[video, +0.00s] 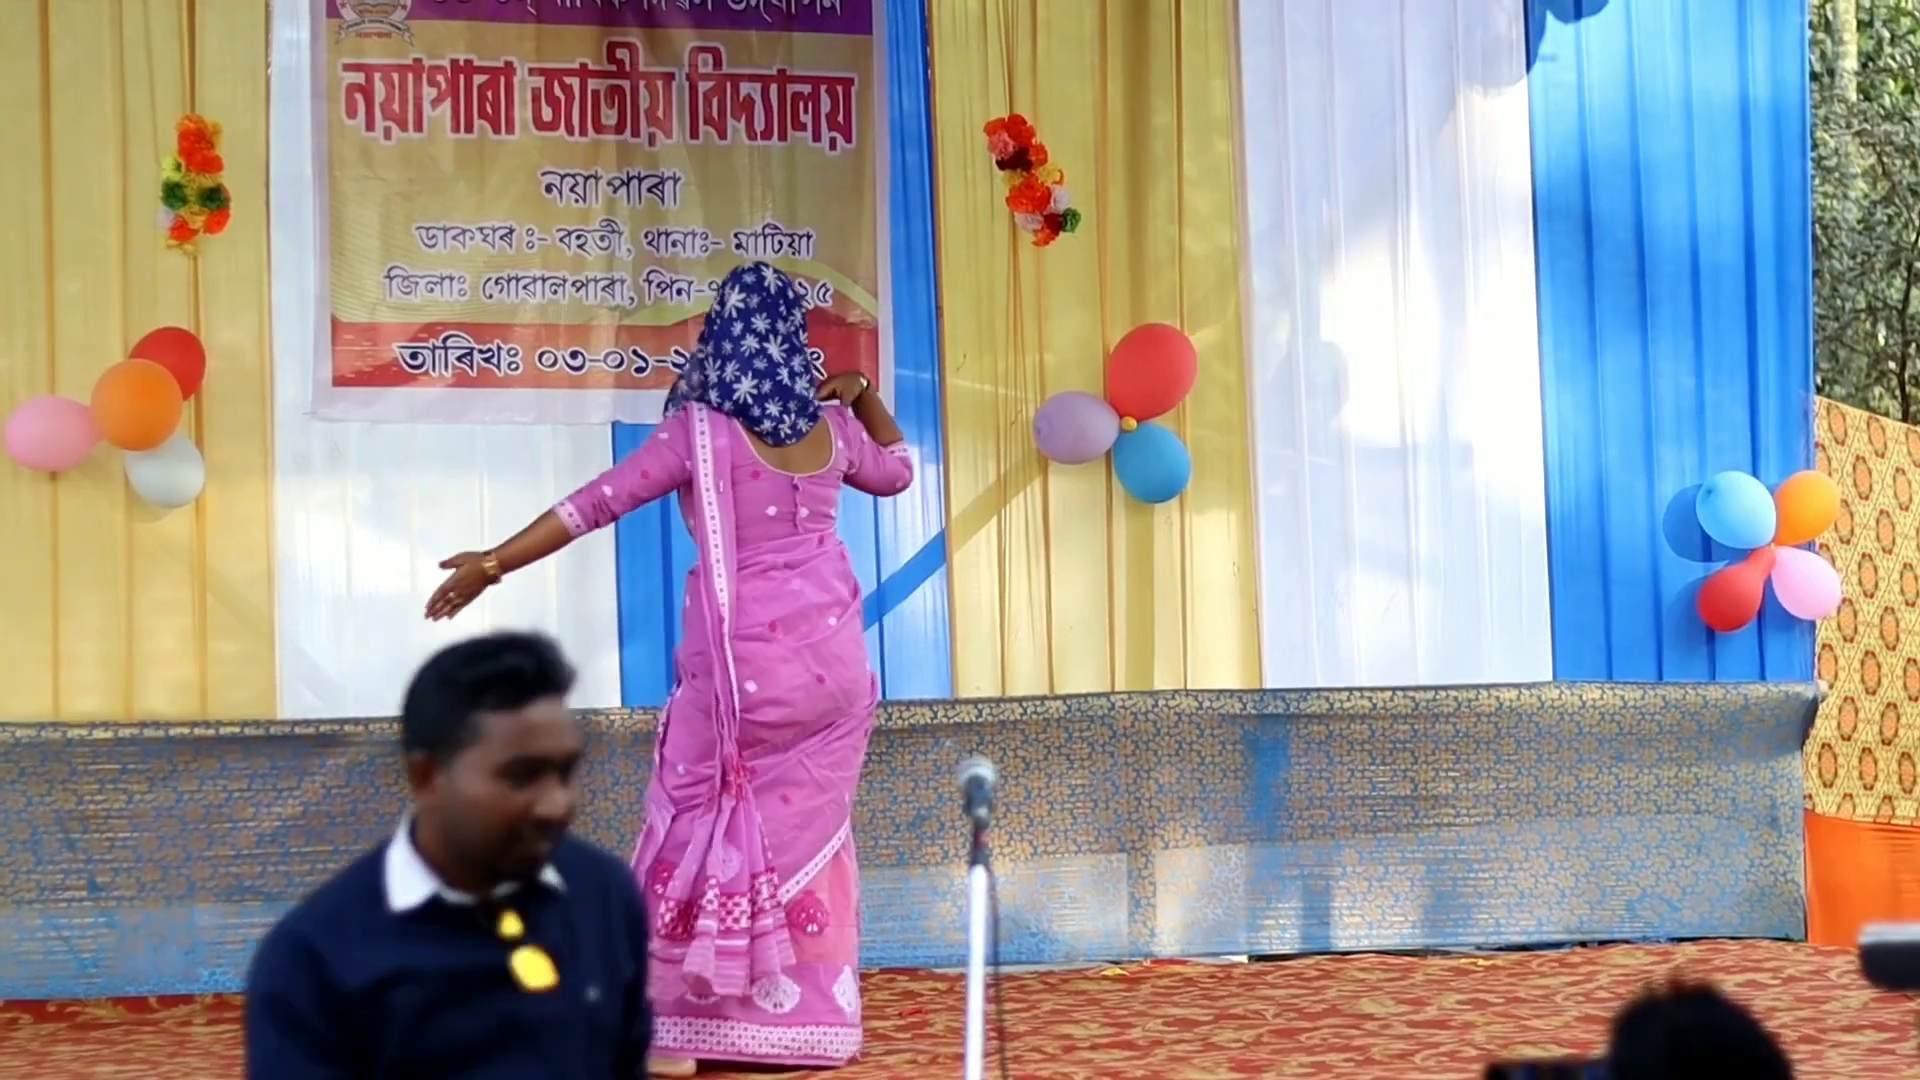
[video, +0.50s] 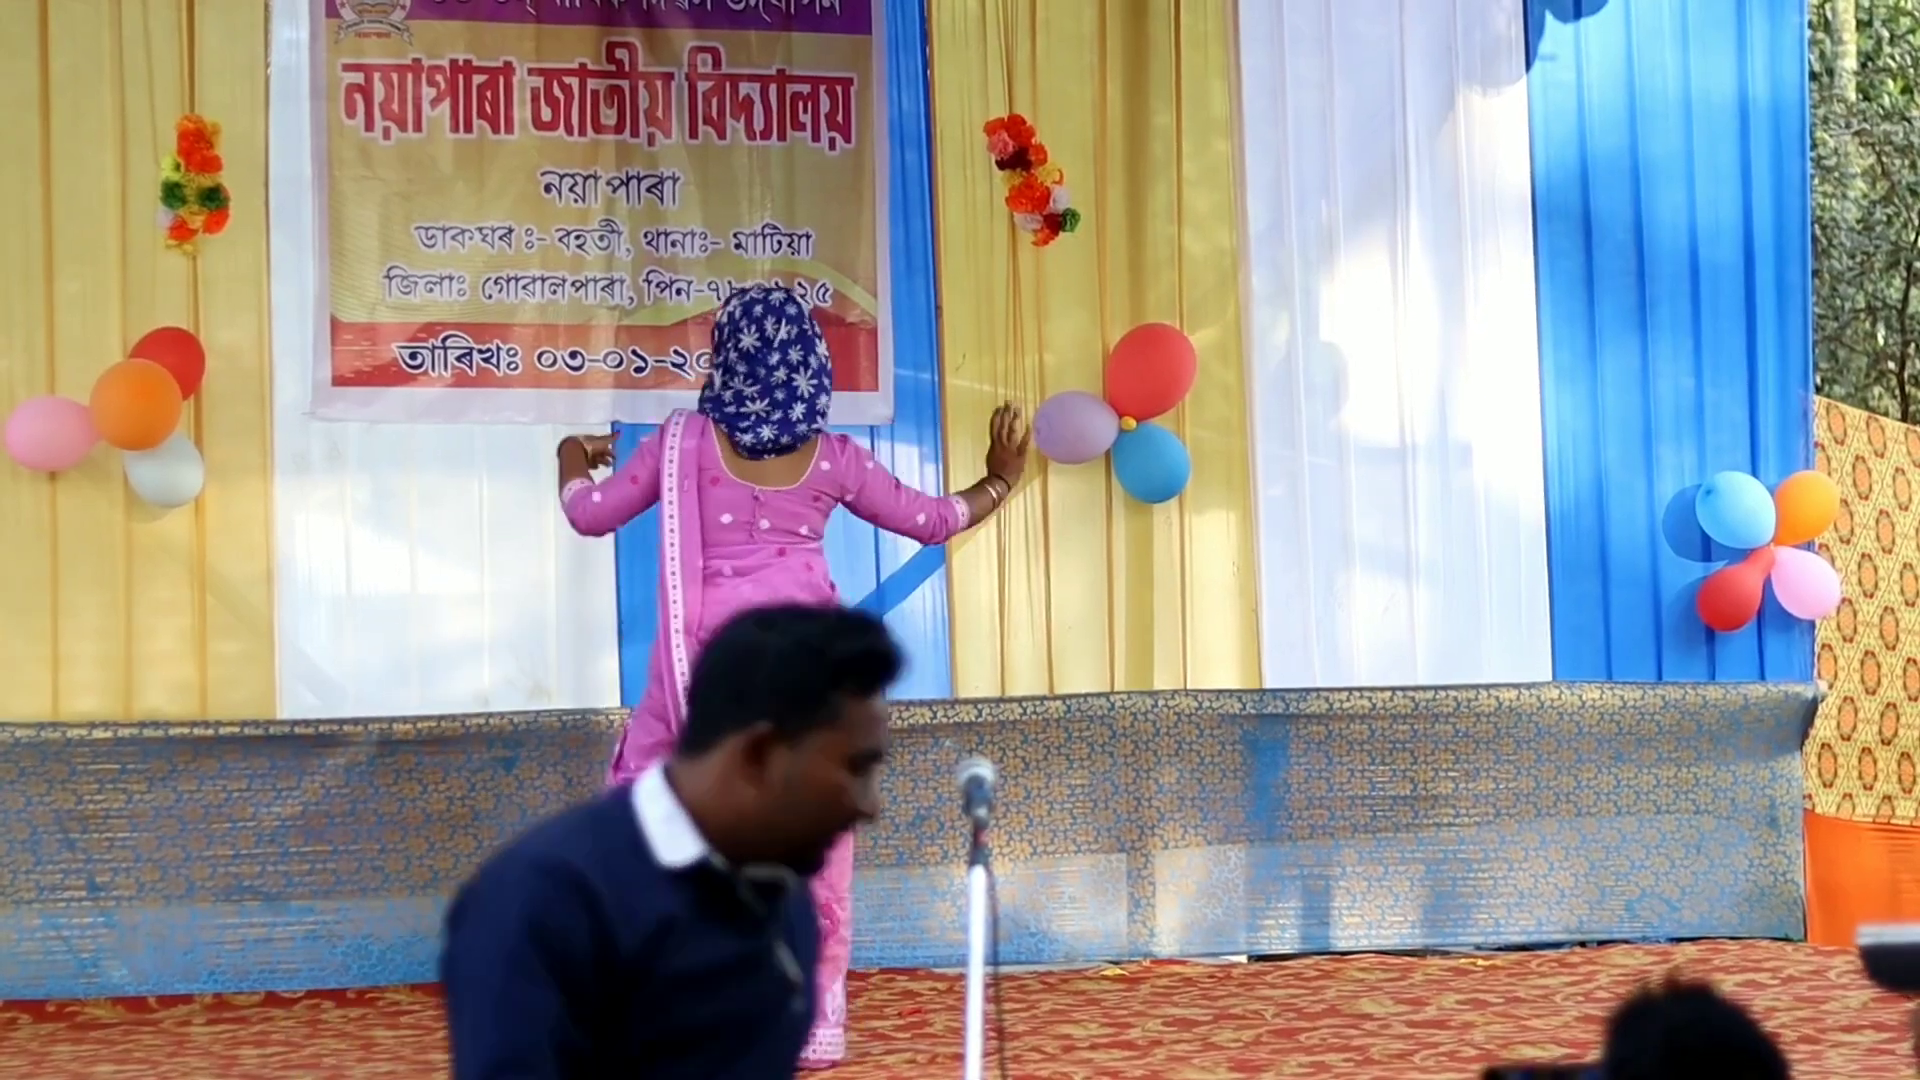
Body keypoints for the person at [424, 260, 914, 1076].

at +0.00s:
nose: (698, 340)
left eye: (708, 329)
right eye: (709, 327)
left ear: (720, 342)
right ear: (795, 343)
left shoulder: (699, 431)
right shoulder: (829, 430)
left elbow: (597, 502)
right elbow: (897, 474)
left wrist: (496, 562)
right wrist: (868, 400)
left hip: (740, 659)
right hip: (836, 658)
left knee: (693, 819)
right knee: (815, 827)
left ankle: (683, 1030)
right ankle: (808, 1022)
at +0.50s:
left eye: (716, 352)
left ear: (722, 361)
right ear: (812, 366)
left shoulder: (679, 443)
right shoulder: (832, 458)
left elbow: (590, 514)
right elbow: (934, 519)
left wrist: (572, 467)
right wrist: (1000, 484)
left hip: (694, 671)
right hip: (802, 669)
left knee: (641, 814)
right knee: (819, 838)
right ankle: (816, 1028)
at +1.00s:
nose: (627, 367)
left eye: (634, 359)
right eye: (636, 356)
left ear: (642, 375)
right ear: (720, 373)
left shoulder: (616, 460)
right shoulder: (761, 467)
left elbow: (525, 530)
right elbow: (827, 564)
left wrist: (535, 446)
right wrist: (911, 568)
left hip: (672, 690)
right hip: (770, 682)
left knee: (610, 832)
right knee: (766, 841)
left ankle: (585, 1022)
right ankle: (771, 1019)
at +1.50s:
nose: (569, 342)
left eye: (576, 329)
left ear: (583, 338)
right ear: (662, 338)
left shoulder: (562, 421)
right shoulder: (701, 427)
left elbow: (482, 500)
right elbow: (785, 519)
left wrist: (440, 490)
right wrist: (762, 581)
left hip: (568, 655)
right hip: (669, 655)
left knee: (548, 821)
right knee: (696, 824)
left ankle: (554, 1023)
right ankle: (775, 1008)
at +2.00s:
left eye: (595, 345)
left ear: (598, 351)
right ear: (680, 351)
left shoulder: (579, 438)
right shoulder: (717, 435)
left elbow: (520, 520)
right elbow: (814, 513)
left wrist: (587, 592)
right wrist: (799, 615)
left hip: (639, 672)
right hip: (737, 667)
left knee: (589, 832)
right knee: (759, 825)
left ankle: (564, 1033)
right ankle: (826, 1008)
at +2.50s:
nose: (637, 381)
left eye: (643, 368)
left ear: (646, 378)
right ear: (729, 373)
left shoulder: (633, 468)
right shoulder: (776, 457)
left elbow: (551, 565)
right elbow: (875, 513)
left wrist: (557, 678)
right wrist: (807, 583)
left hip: (658, 686)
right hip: (760, 687)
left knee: (601, 835)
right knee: (785, 829)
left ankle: (601, 1025)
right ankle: (819, 1003)